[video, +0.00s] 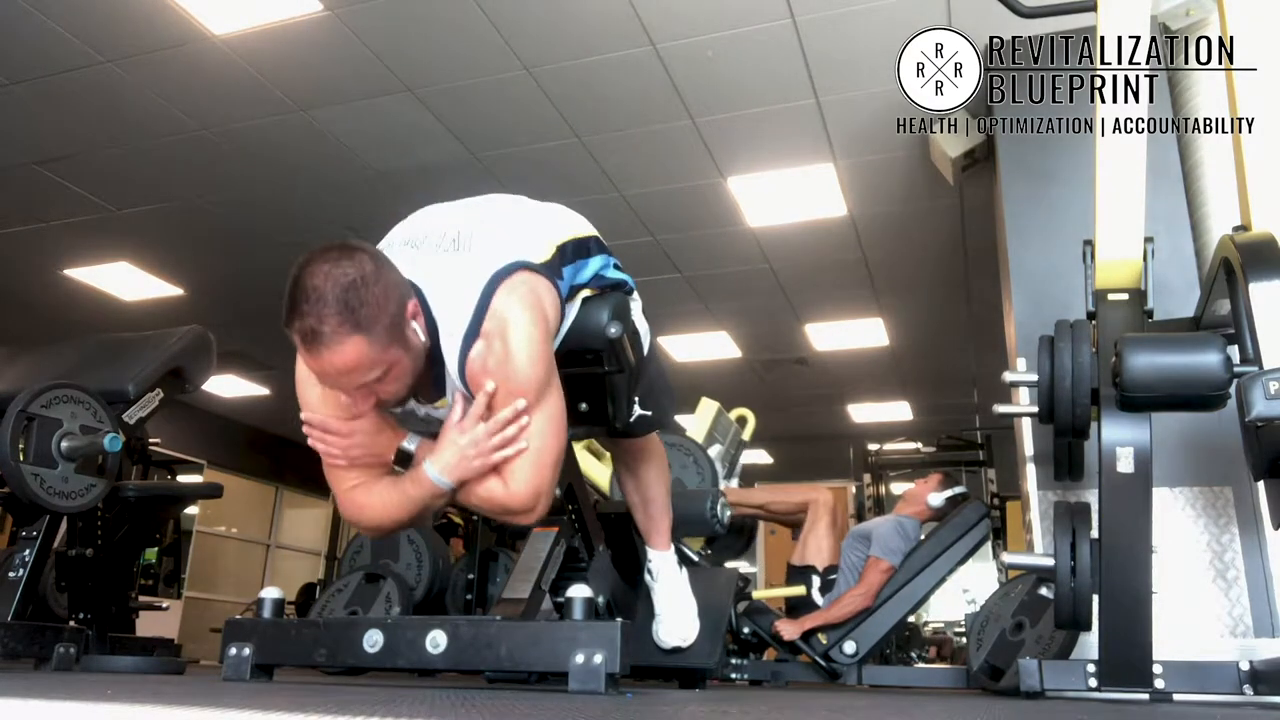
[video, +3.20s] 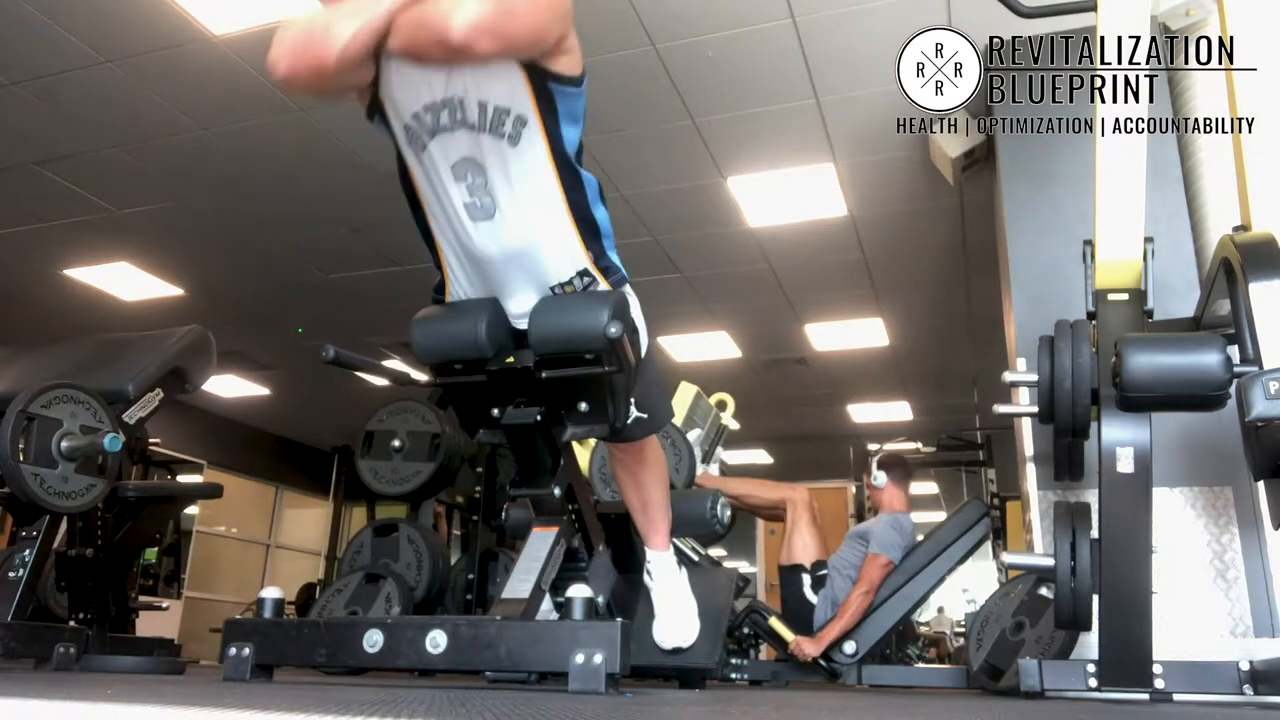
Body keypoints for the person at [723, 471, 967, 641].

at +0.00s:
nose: (916, 481)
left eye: (926, 480)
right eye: (925, 478)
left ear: (930, 497)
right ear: (934, 505)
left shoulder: (895, 528)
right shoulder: (904, 528)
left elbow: (865, 595)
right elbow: (865, 593)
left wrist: (802, 624)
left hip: (818, 608)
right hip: (824, 602)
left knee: (822, 498)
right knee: (820, 506)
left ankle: (722, 493)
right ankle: (732, 506)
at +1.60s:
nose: (889, 479)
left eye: (898, 474)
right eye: (893, 472)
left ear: (917, 488)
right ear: (914, 489)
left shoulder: (895, 528)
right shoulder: (901, 526)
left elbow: (865, 595)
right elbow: (866, 592)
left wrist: (802, 625)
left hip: (812, 602)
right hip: (817, 594)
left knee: (790, 498)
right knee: (787, 501)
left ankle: (698, 471)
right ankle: (712, 481)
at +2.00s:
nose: (872, 485)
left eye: (876, 479)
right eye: (874, 478)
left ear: (893, 482)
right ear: (899, 483)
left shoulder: (894, 528)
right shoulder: (896, 526)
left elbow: (876, 593)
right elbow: (875, 588)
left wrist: (808, 595)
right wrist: (810, 592)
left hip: (814, 601)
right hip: (817, 596)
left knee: (752, 508)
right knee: (755, 510)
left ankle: (672, 459)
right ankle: (681, 463)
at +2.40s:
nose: (868, 492)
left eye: (869, 484)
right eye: (867, 485)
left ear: (882, 480)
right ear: (897, 481)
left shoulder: (893, 523)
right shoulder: (895, 522)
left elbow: (882, 586)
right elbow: (876, 584)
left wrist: (815, 606)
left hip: (813, 599)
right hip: (816, 596)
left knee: (754, 510)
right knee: (757, 513)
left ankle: (671, 458)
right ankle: (684, 464)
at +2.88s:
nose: (868, 490)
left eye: (869, 481)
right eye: (868, 482)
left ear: (882, 479)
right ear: (899, 481)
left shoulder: (890, 525)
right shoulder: (897, 524)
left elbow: (866, 591)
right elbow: (868, 591)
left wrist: (819, 641)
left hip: (814, 618)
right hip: (820, 613)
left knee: (779, 504)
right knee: (781, 506)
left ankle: (687, 467)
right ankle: (698, 475)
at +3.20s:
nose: (868, 490)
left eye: (869, 483)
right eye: (868, 483)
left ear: (879, 481)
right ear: (903, 482)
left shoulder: (889, 527)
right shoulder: (898, 525)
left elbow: (866, 592)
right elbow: (867, 591)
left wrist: (819, 641)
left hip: (814, 616)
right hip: (821, 611)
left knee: (798, 496)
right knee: (801, 505)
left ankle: (702, 479)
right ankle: (724, 497)